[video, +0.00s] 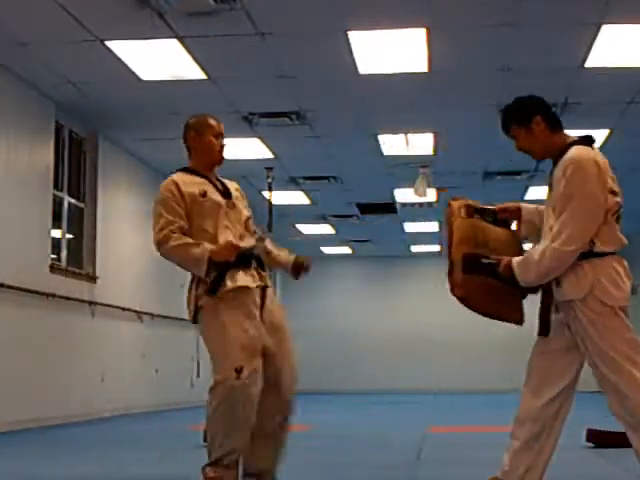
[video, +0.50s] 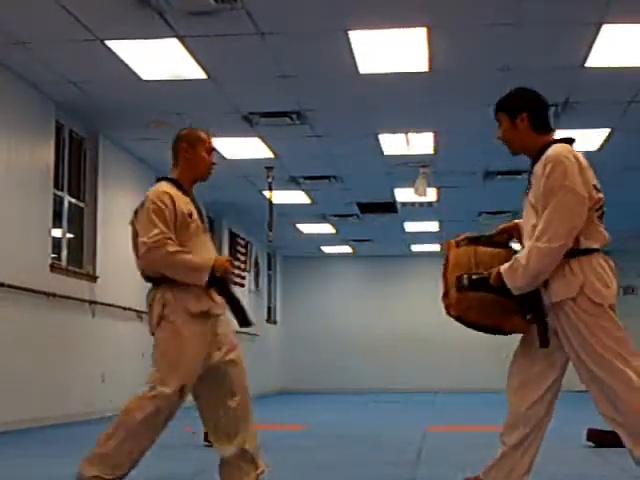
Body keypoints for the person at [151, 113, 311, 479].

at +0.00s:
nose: (223, 143)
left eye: (223, 137)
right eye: (216, 136)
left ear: (215, 142)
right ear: (192, 140)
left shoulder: (232, 189)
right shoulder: (175, 185)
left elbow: (253, 240)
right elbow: (167, 240)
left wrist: (288, 261)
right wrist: (211, 253)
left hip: (261, 291)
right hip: (222, 294)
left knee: (280, 379)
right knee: (239, 376)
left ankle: (260, 470)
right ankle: (222, 468)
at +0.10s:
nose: (237, 147)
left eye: (236, 141)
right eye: (229, 141)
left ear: (230, 149)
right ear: (206, 147)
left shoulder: (247, 201)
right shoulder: (192, 195)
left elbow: (266, 244)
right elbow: (175, 249)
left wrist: (292, 239)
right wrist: (219, 263)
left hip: (257, 301)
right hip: (220, 300)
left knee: (268, 380)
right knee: (231, 376)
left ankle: (249, 463)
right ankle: (215, 462)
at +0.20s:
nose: (242, 139)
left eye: (242, 133)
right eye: (234, 133)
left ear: (237, 142)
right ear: (211, 139)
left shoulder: (245, 193)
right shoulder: (193, 182)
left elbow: (254, 240)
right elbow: (172, 235)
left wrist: (274, 232)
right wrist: (219, 252)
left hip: (248, 288)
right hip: (211, 285)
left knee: (257, 371)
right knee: (221, 364)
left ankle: (251, 464)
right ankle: (195, 466)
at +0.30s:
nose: (239, 134)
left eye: (238, 128)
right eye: (232, 126)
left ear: (227, 134)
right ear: (208, 131)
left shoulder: (235, 185)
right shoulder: (186, 172)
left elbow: (233, 234)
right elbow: (163, 224)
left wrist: (255, 234)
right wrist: (214, 242)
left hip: (236, 283)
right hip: (202, 278)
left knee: (251, 367)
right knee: (208, 365)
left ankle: (256, 466)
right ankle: (151, 457)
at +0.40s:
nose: (229, 146)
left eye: (228, 139)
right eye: (222, 138)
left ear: (209, 142)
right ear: (199, 140)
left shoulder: (215, 194)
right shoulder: (178, 183)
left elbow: (215, 242)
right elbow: (157, 238)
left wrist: (239, 253)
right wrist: (213, 255)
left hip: (230, 298)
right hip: (199, 295)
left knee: (245, 386)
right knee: (187, 382)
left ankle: (243, 471)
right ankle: (113, 461)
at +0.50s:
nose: (214, 160)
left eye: (214, 153)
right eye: (209, 152)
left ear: (189, 154)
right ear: (186, 152)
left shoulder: (189, 204)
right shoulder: (160, 197)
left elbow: (185, 258)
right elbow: (151, 257)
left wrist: (217, 274)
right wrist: (209, 265)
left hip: (210, 308)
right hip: (180, 306)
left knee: (231, 399)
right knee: (165, 394)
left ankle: (243, 471)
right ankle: (99, 471)